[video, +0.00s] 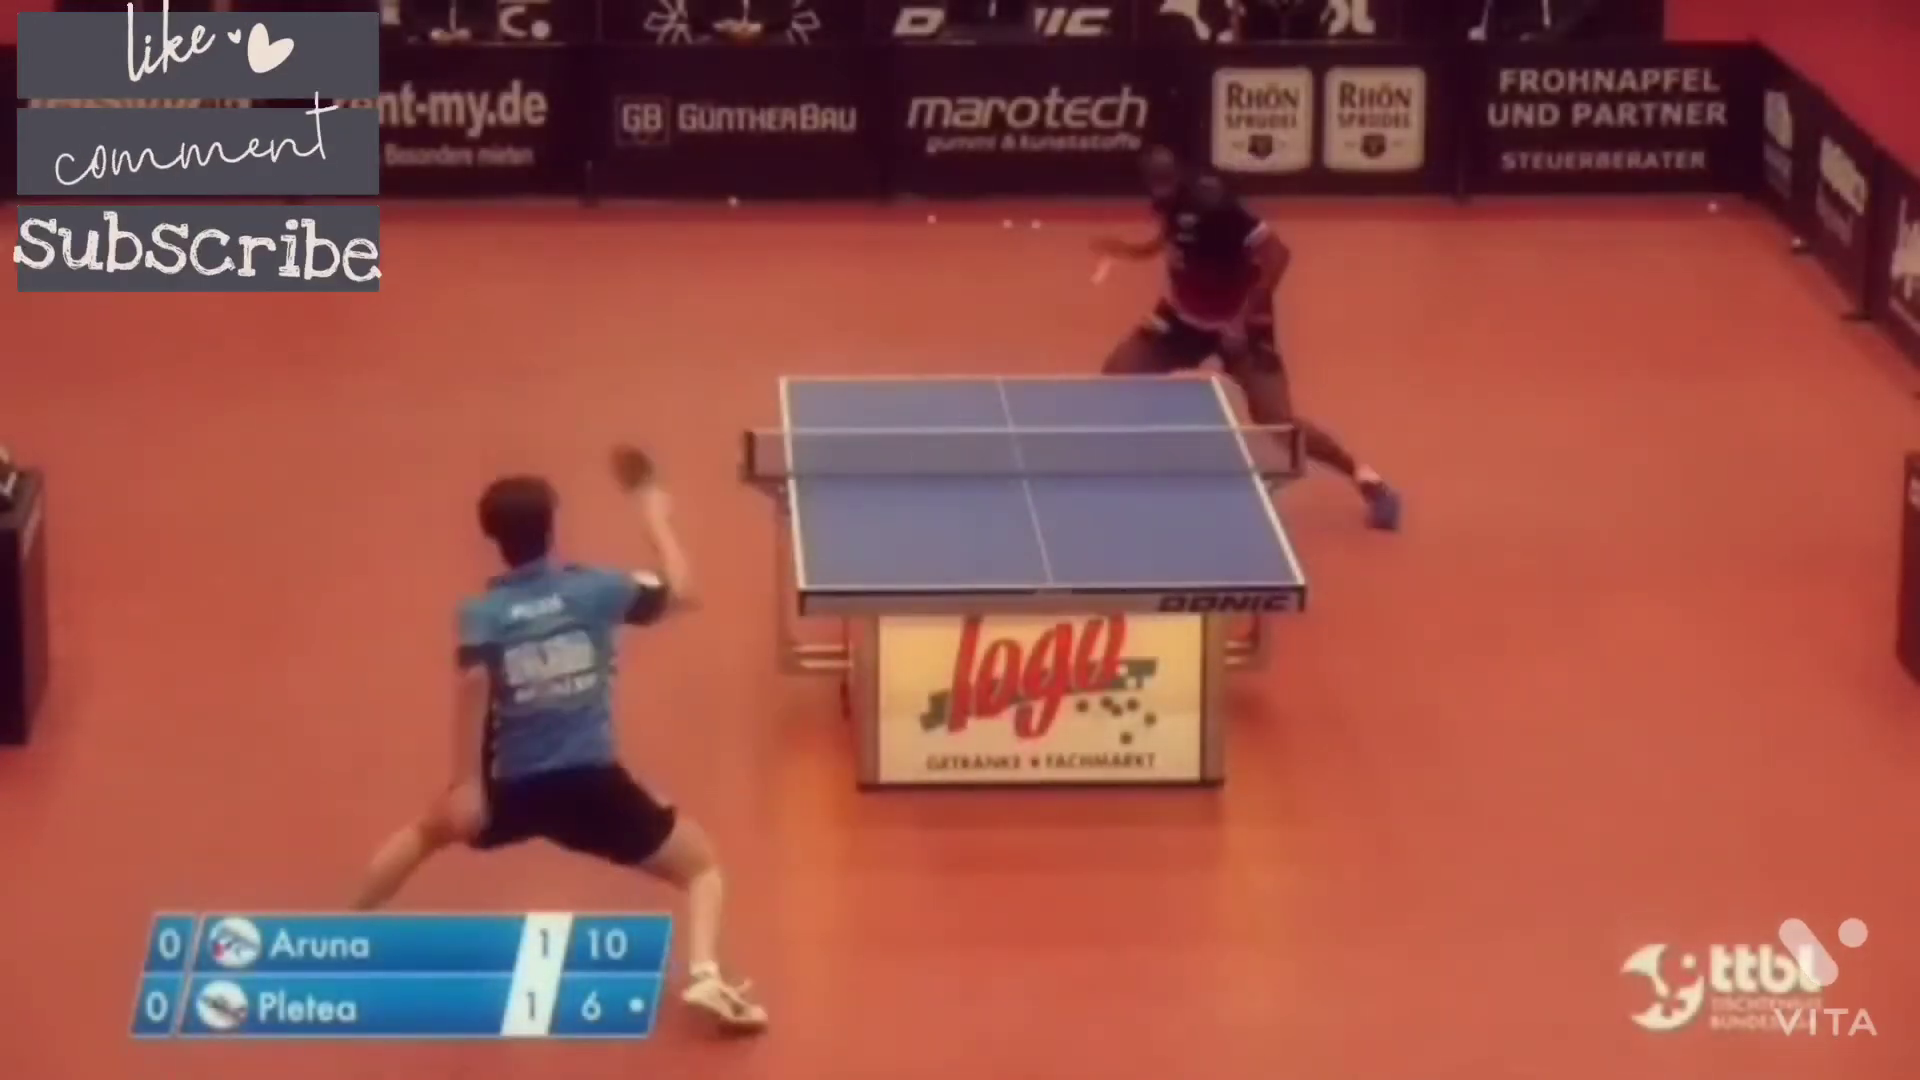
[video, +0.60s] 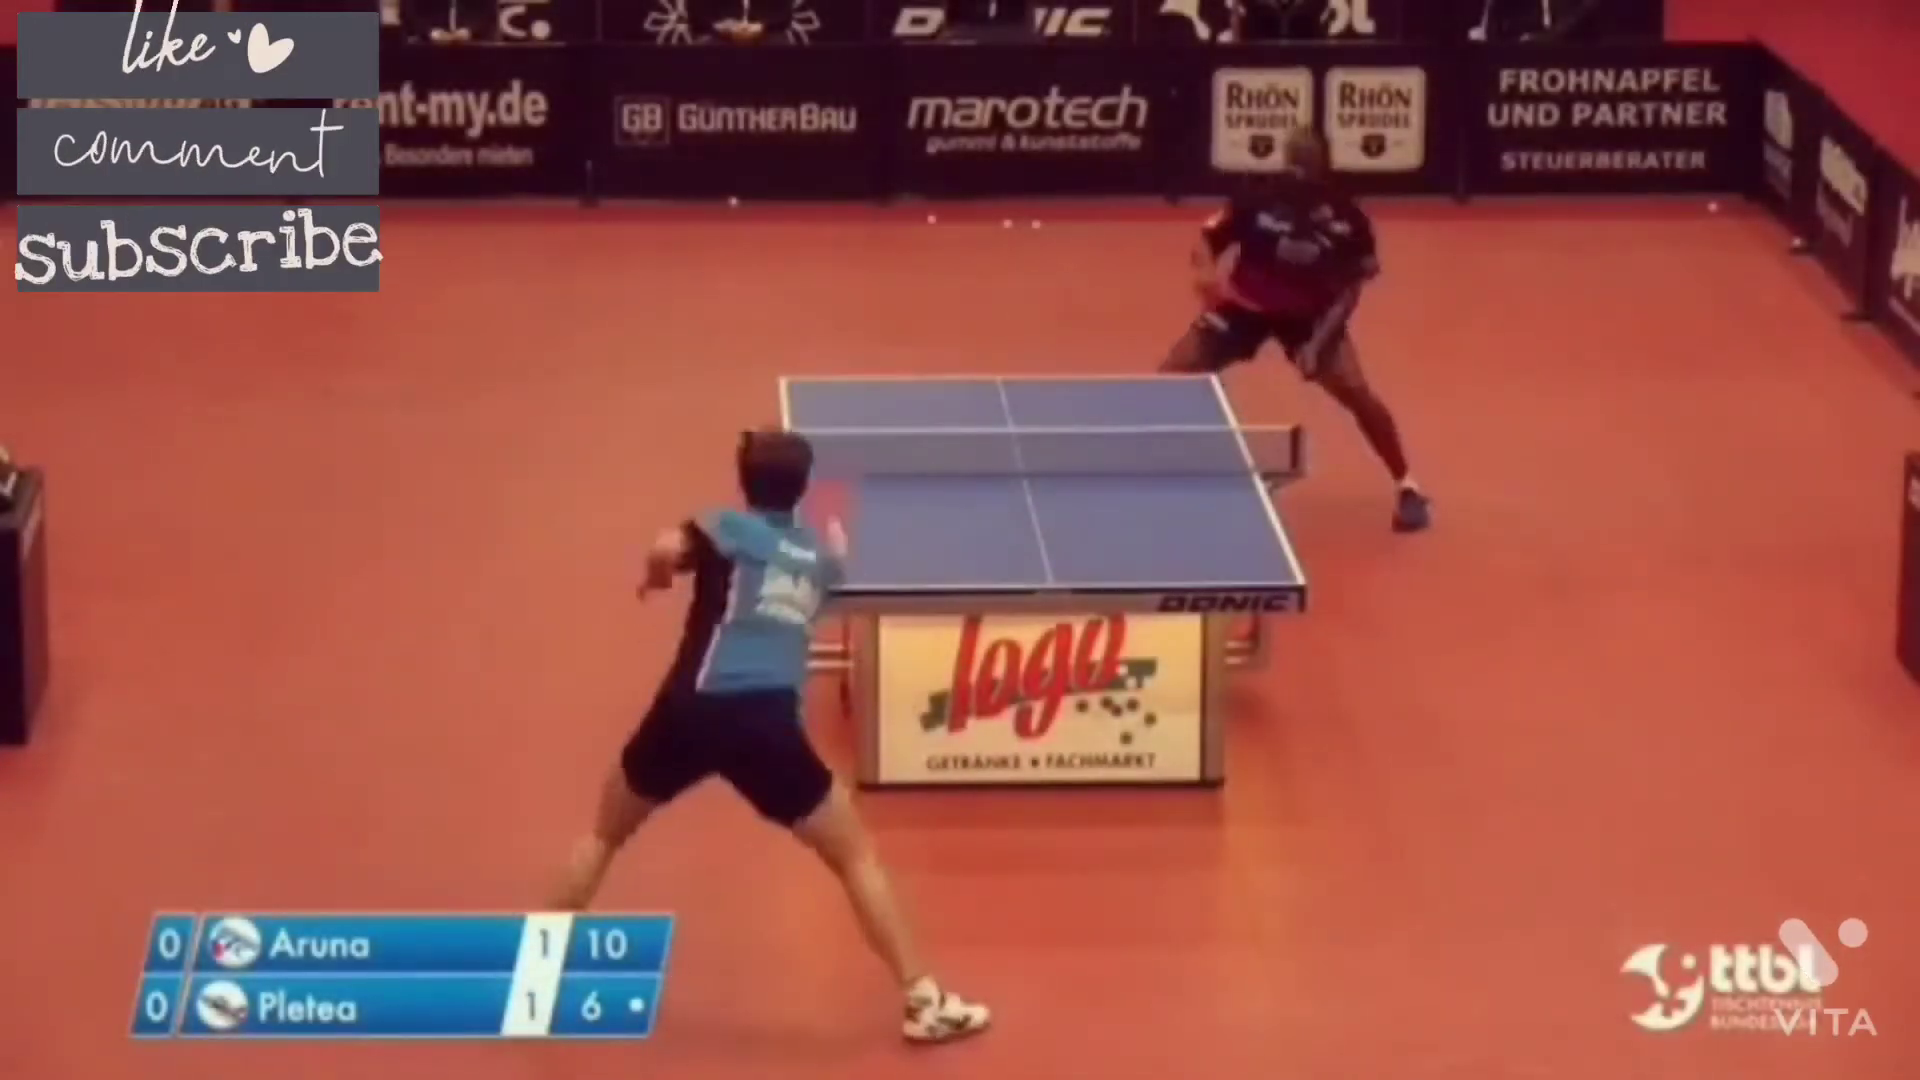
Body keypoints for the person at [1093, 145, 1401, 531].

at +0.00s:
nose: (1160, 189)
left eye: (1165, 180)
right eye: (1154, 182)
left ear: (1181, 175)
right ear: (1149, 182)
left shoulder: (1217, 204)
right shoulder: (1167, 205)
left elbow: (1276, 256)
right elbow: (1164, 242)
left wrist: (1246, 316)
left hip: (1242, 329)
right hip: (1183, 323)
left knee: (1278, 425)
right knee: (1115, 375)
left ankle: (1363, 479)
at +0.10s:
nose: (1232, 175)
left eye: (1240, 167)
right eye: (1230, 167)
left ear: (1263, 167)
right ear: (1232, 170)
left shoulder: (1294, 212)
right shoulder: (1243, 204)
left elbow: (1294, 294)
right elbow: (1225, 216)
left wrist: (1221, 315)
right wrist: (1181, 205)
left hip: (1277, 336)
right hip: (1223, 326)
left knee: (1309, 435)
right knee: (1151, 379)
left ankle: (1402, 485)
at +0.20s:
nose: (1302, 202)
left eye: (1311, 195)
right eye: (1299, 192)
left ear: (1332, 198)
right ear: (1296, 188)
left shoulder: (1346, 248)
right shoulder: (1286, 192)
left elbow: (1300, 313)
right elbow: (1252, 191)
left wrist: (1221, 301)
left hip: (1293, 341)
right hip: (1234, 322)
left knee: (1324, 425)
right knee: (1157, 372)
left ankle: (1401, 488)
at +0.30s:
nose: (1364, 237)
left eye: (1374, 231)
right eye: (1359, 226)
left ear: (1388, 237)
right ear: (1347, 216)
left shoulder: (1381, 289)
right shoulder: (1319, 211)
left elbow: (1342, 334)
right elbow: (1267, 172)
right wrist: (1276, 219)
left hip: (1311, 346)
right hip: (1249, 333)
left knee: (1360, 415)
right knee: (1186, 404)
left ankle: (1405, 490)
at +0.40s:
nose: (1374, 234)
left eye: (1384, 229)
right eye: (1371, 224)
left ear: (1395, 234)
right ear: (1358, 215)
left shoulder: (1385, 284)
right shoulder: (1326, 217)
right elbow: (1259, 215)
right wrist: (1282, 255)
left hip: (1318, 347)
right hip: (1257, 337)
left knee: (1371, 405)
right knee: (1193, 409)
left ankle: (1409, 489)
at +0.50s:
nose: (1338, 198)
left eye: (1348, 190)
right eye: (1331, 187)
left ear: (1363, 194)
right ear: (1318, 185)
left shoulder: (1371, 245)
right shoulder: (1284, 217)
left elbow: (1348, 308)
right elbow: (1221, 253)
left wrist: (1317, 351)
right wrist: (1249, 276)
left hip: (1320, 333)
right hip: (1258, 325)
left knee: (1369, 398)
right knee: (1195, 394)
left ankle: (1410, 489)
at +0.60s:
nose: (1303, 172)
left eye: (1310, 163)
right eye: (1296, 162)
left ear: (1326, 164)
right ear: (1285, 162)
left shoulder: (1346, 219)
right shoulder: (1257, 197)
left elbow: (1349, 296)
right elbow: (1208, 240)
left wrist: (1316, 346)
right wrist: (1205, 276)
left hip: (1309, 322)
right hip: (1242, 310)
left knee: (1357, 396)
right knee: (1170, 378)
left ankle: (1406, 487)